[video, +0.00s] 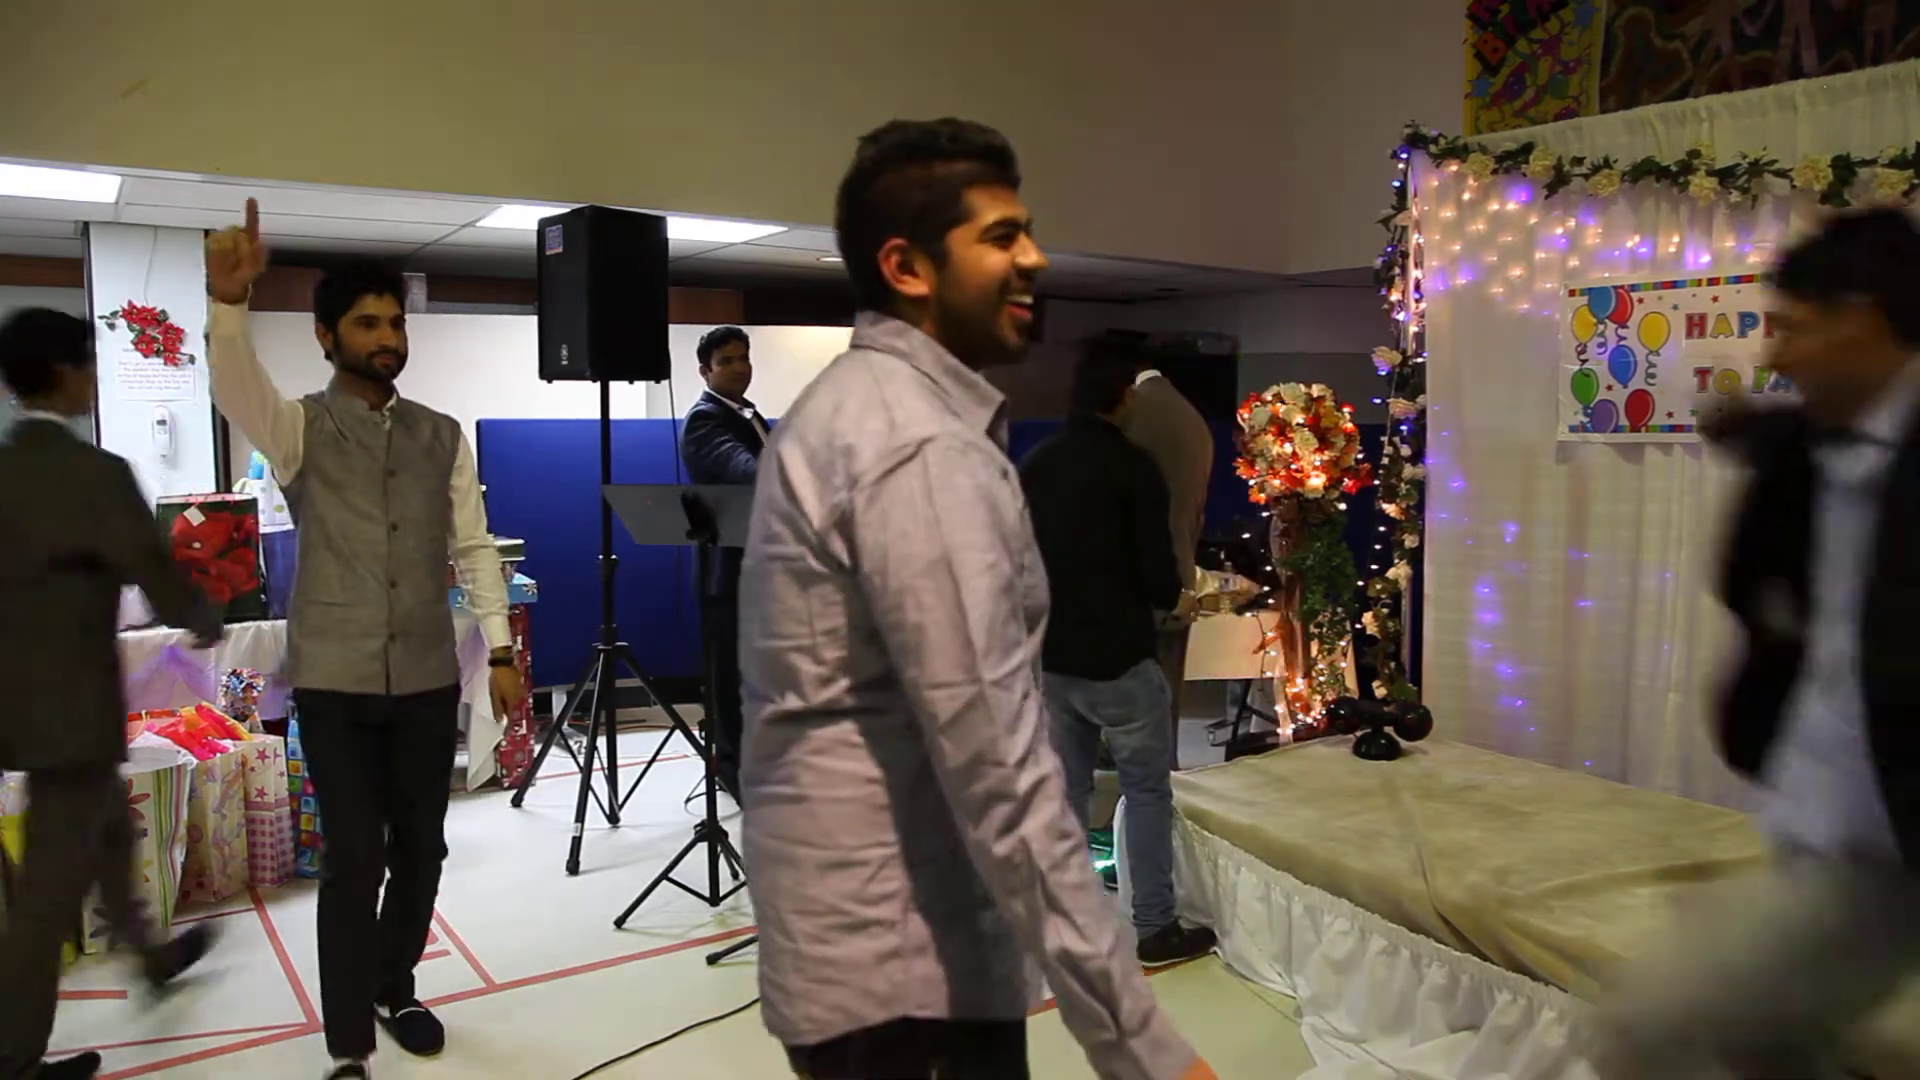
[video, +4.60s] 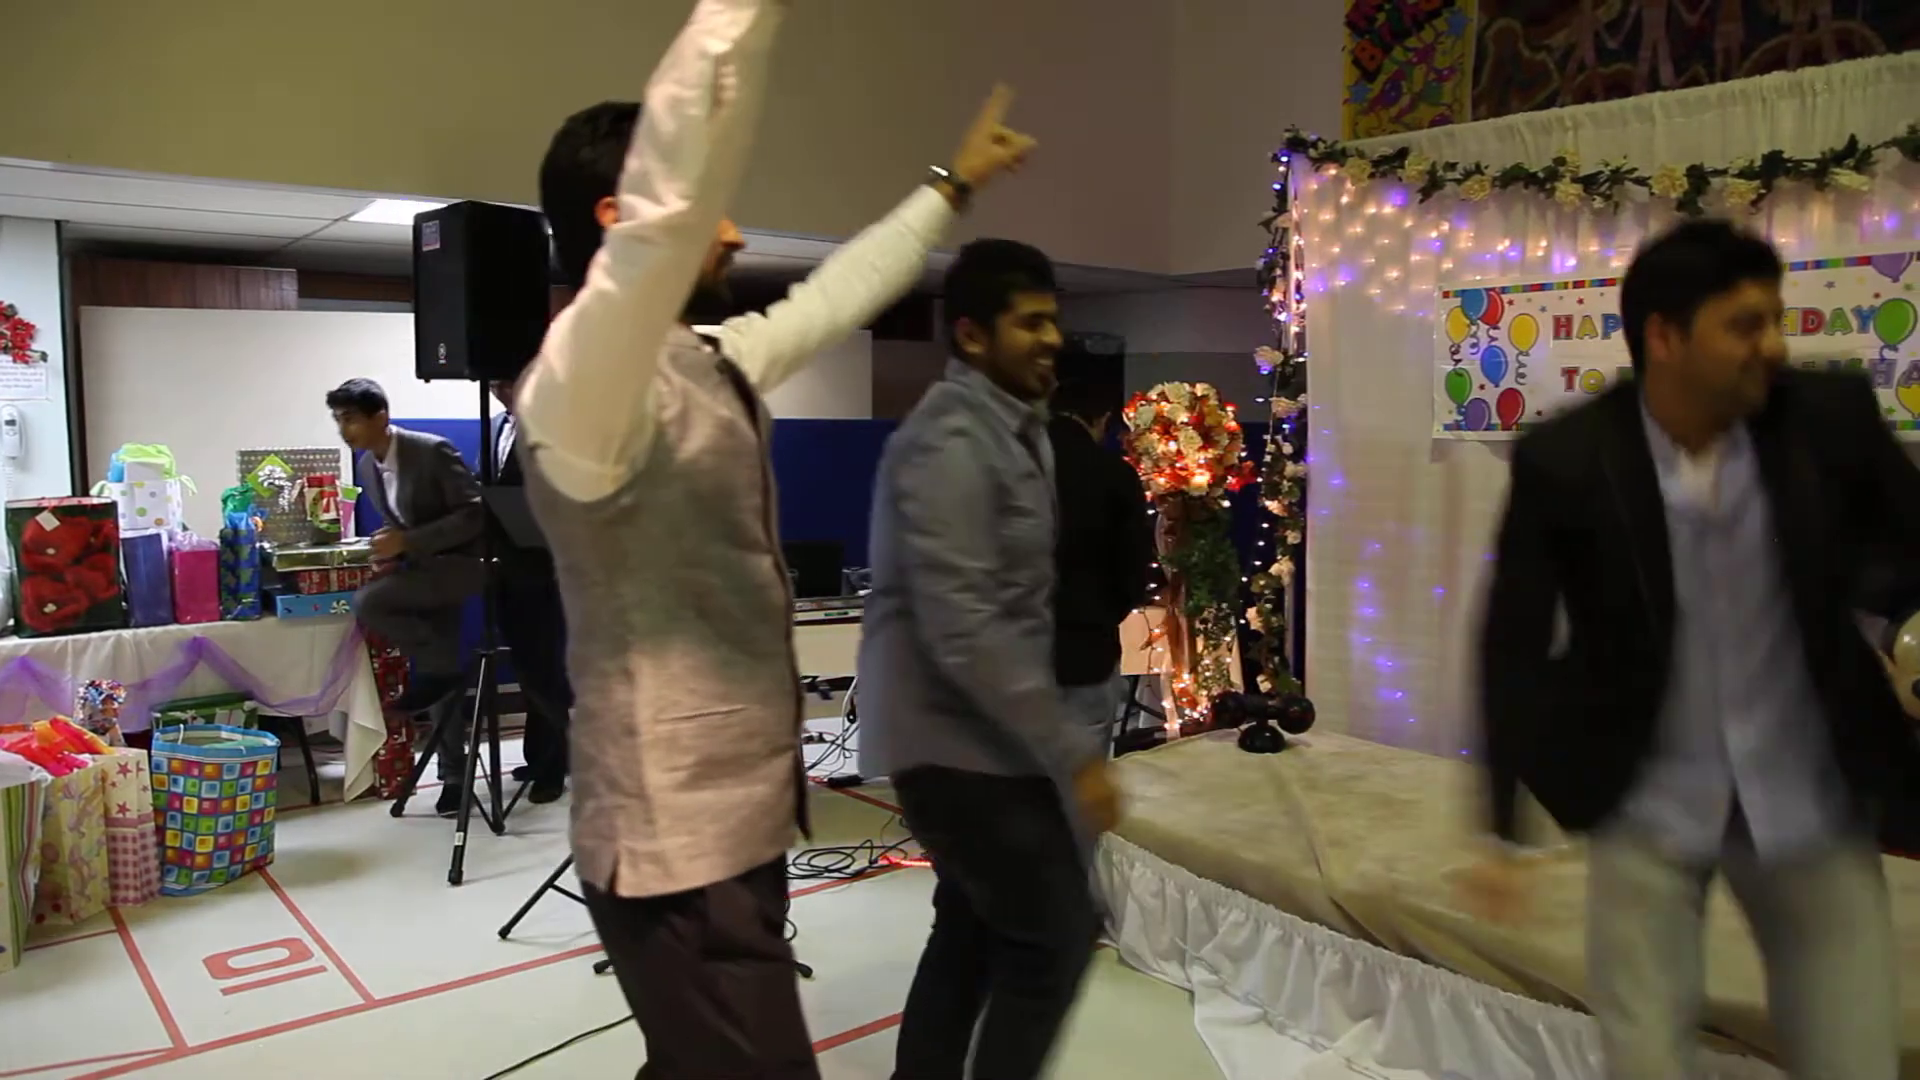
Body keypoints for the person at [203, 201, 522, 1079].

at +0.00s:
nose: (387, 336)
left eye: (395, 323)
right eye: (369, 323)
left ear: (406, 336)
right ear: (328, 334)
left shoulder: (443, 435)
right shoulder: (299, 429)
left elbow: (476, 548)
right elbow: (239, 386)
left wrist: (499, 645)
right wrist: (229, 298)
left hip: (427, 677)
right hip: (334, 680)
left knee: (422, 851)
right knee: (353, 856)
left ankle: (394, 986)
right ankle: (347, 1043)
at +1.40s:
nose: (504, 321)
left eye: (514, 305)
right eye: (481, 304)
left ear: (526, 320)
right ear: (428, 322)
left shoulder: (561, 443)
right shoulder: (395, 438)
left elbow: (594, 584)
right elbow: (339, 347)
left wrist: (628, 712)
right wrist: (334, 215)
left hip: (558, 740)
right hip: (446, 746)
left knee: (575, 961)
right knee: (503, 965)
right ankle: (418, 1051)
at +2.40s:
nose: (517, 267)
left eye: (525, 251)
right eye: (489, 248)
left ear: (537, 273)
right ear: (424, 269)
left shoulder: (577, 408)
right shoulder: (395, 396)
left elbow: (655, 524)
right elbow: (358, 274)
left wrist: (749, 632)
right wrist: (342, 89)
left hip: (570, 757)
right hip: (453, 763)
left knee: (538, 1027)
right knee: (480, 1039)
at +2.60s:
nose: (497, 255)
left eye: (504, 238)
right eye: (466, 236)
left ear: (511, 260)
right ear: (401, 257)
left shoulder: (533, 394)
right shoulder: (367, 389)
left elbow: (636, 451)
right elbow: (349, 256)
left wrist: (746, 486)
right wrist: (353, 70)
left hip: (547, 780)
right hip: (430, 794)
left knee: (580, 1035)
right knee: (492, 1060)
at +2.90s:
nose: (495, 268)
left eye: (501, 251)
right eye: (468, 246)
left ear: (510, 271)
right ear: (404, 268)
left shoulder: (503, 406)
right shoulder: (367, 419)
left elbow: (599, 384)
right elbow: (402, 265)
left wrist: (698, 310)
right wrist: (443, 49)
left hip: (541, 822)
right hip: (442, 846)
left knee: (640, 1052)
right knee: (511, 1075)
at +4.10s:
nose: (616, 262)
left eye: (608, 238)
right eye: (589, 239)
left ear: (582, 252)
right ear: (513, 256)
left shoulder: (587, 384)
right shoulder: (461, 418)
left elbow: (692, 322)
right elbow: (500, 249)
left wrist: (790, 207)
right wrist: (563, 29)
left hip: (635, 820)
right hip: (563, 849)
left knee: (686, 1063)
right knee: (661, 1070)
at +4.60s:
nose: (731, 218)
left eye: (723, 196)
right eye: (698, 201)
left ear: (688, 221)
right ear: (621, 217)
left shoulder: (717, 361)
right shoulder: (581, 396)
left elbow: (837, 297)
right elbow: (664, 197)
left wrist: (954, 187)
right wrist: (737, 1)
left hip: (739, 827)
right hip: (668, 850)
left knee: (709, 1065)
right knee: (757, 1069)